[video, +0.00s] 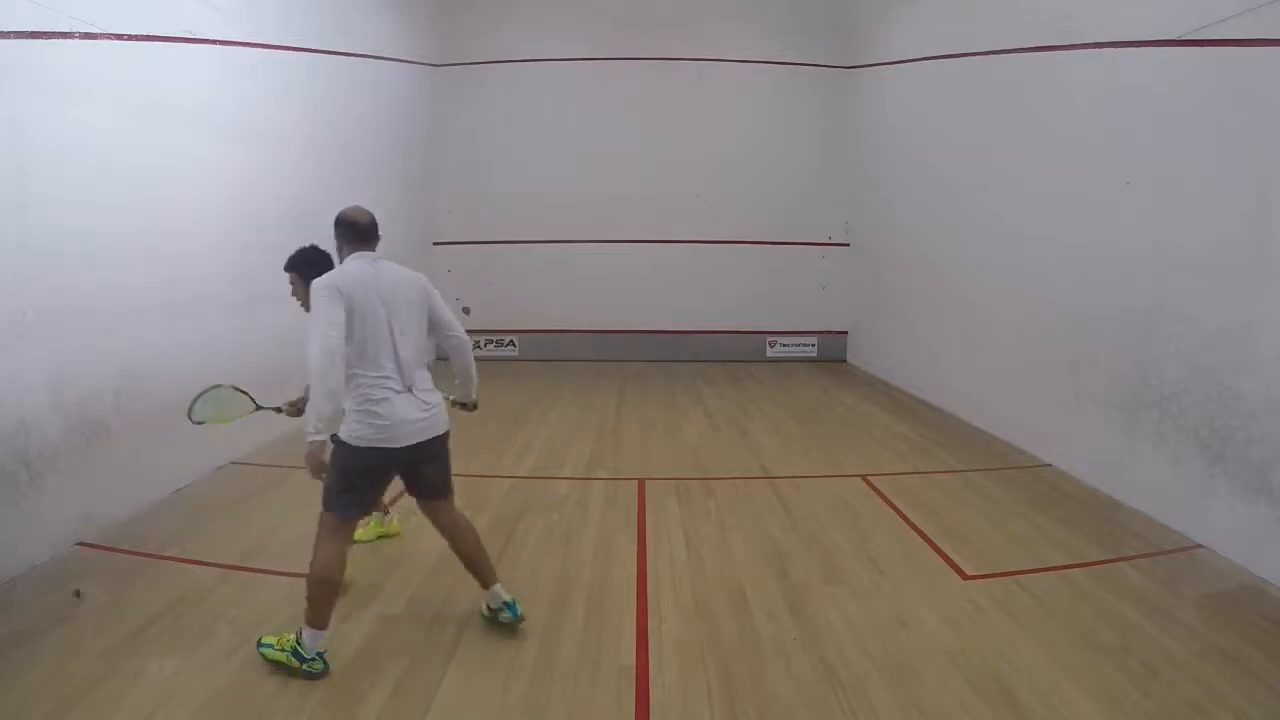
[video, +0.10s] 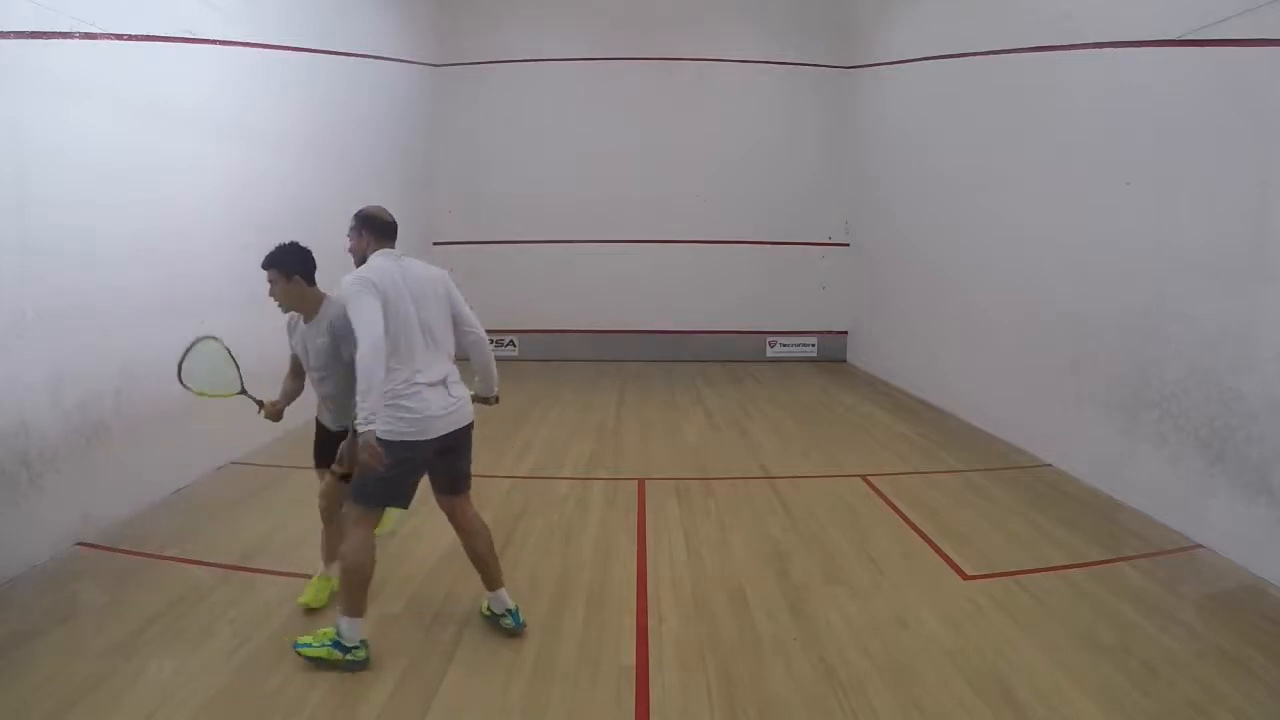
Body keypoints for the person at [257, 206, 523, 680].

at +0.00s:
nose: (338, 249)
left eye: (336, 242)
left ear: (338, 242)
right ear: (378, 240)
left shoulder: (330, 286)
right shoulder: (415, 281)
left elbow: (327, 357)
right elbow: (457, 340)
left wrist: (318, 433)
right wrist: (467, 392)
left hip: (367, 435)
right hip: (427, 426)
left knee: (333, 533)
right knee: (445, 511)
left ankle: (310, 647)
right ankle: (500, 601)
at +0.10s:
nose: (347, 245)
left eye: (351, 237)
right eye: (349, 237)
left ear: (366, 238)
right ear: (391, 237)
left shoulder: (359, 282)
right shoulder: (436, 275)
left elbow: (371, 344)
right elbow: (475, 337)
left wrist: (365, 423)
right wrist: (488, 388)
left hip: (397, 426)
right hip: (454, 417)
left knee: (358, 519)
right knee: (459, 503)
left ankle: (349, 637)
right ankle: (503, 606)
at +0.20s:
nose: (355, 232)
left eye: (360, 223)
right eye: (356, 224)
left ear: (384, 220)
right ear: (396, 222)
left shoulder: (380, 265)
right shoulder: (444, 259)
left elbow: (399, 328)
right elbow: (481, 322)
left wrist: (396, 404)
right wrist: (494, 379)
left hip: (418, 406)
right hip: (467, 398)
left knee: (392, 502)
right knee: (464, 490)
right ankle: (503, 592)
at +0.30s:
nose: (365, 227)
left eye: (372, 218)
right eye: (364, 220)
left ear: (398, 218)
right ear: (404, 221)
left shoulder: (392, 259)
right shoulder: (450, 255)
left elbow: (414, 316)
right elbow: (485, 320)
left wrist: (411, 394)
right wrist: (496, 375)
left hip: (433, 399)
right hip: (476, 391)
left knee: (431, 494)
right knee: (457, 479)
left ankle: (489, 588)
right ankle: (510, 558)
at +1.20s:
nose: (359, 239)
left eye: (359, 233)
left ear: (363, 235)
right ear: (401, 232)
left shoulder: (365, 272)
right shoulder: (430, 269)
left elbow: (384, 330)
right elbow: (461, 334)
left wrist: (369, 383)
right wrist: (455, 375)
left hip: (406, 399)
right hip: (450, 390)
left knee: (403, 485)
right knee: (455, 466)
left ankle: (435, 576)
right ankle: (492, 538)